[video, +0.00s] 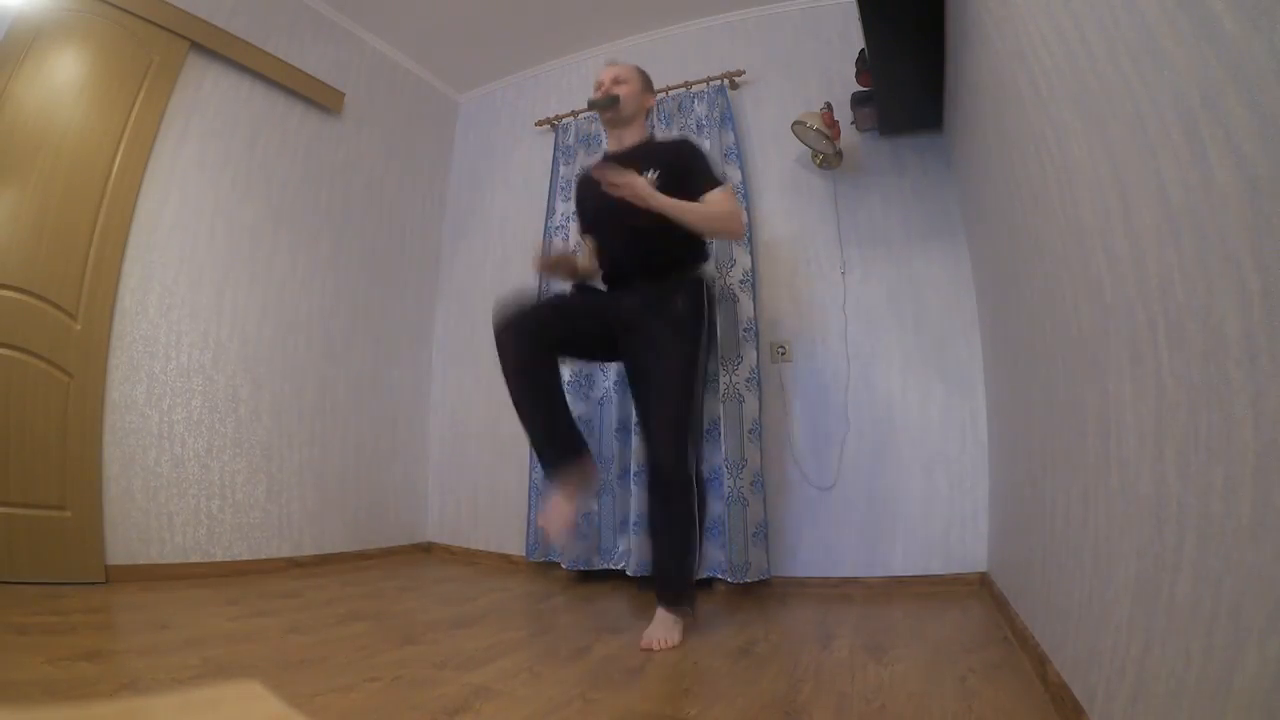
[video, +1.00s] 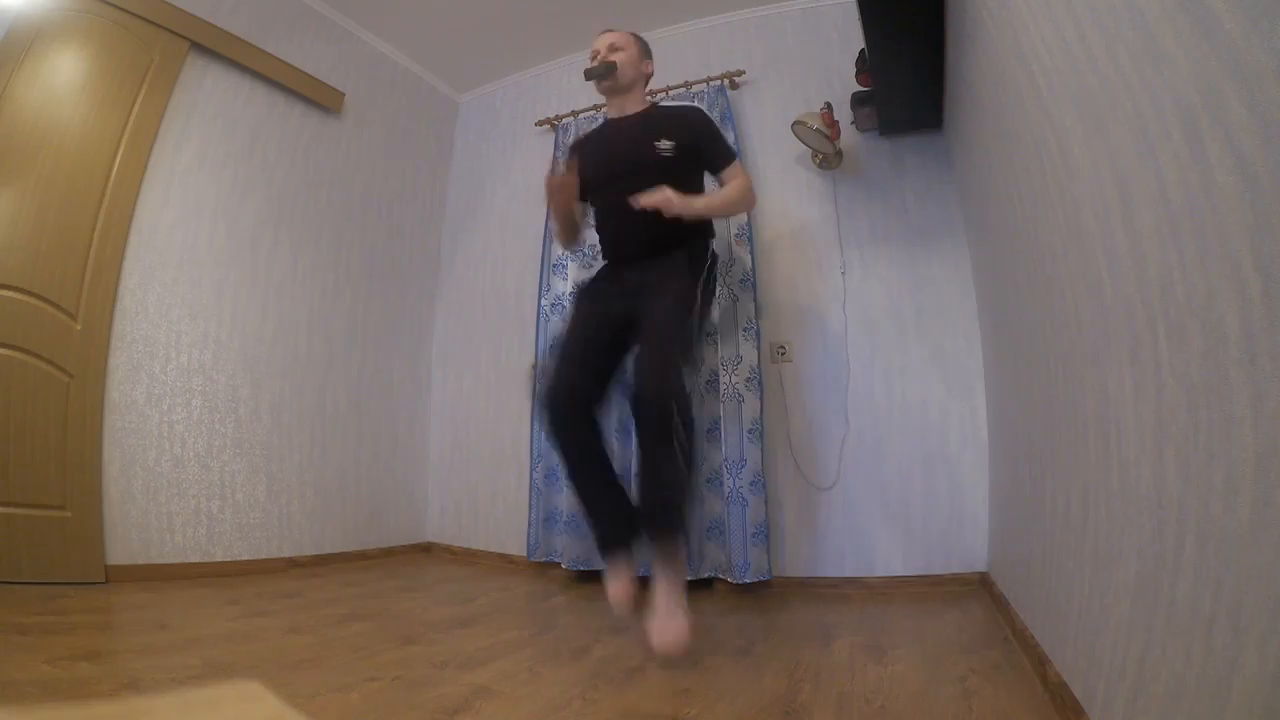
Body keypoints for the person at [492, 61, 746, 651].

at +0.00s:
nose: (607, 85)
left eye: (622, 80)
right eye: (600, 82)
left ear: (650, 101)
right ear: (595, 110)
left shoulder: (677, 155)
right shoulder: (592, 179)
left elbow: (733, 223)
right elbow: (595, 265)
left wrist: (653, 199)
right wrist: (565, 264)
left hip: (672, 310)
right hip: (613, 311)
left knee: (668, 455)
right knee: (519, 327)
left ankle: (673, 603)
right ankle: (570, 467)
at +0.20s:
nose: (613, 70)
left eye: (627, 64)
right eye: (605, 68)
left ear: (653, 86)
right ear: (596, 93)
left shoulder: (684, 143)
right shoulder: (584, 156)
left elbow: (724, 218)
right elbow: (579, 230)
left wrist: (650, 185)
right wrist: (572, 243)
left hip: (668, 283)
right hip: (602, 289)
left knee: (651, 389)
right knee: (564, 421)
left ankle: (660, 547)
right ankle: (607, 561)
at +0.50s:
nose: (604, 65)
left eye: (620, 59)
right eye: (599, 62)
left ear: (649, 84)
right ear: (592, 90)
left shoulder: (680, 137)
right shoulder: (585, 162)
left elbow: (736, 211)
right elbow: (572, 252)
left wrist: (672, 205)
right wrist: (561, 224)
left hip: (673, 289)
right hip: (610, 291)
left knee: (665, 432)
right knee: (536, 378)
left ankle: (669, 583)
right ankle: (591, 515)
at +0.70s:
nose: (610, 67)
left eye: (626, 61)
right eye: (603, 63)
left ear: (653, 84)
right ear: (594, 87)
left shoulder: (682, 139)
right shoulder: (585, 157)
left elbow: (722, 209)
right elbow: (588, 228)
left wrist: (640, 155)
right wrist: (579, 251)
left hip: (672, 291)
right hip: (606, 295)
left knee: (657, 410)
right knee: (553, 402)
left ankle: (669, 574)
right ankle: (608, 547)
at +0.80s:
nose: (616, 79)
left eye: (631, 72)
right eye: (609, 75)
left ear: (659, 92)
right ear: (599, 99)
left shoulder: (693, 163)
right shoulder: (581, 171)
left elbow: (728, 246)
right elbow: (549, 261)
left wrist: (672, 235)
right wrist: (549, 235)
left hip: (674, 299)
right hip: (604, 311)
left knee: (638, 284)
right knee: (620, 456)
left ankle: (664, 472)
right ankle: (650, 596)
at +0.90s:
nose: (609, 75)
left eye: (624, 67)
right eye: (602, 71)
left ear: (654, 87)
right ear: (594, 94)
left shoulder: (689, 155)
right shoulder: (580, 163)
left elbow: (733, 226)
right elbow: (536, 246)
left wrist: (698, 242)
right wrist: (547, 192)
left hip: (681, 297)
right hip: (611, 306)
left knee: (633, 252)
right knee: (622, 446)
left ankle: (645, 443)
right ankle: (652, 592)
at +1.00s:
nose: (600, 53)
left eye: (615, 46)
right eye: (594, 51)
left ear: (647, 69)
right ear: (591, 76)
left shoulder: (684, 122)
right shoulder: (584, 146)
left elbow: (742, 193)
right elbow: (568, 239)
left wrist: (689, 204)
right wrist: (562, 198)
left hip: (676, 275)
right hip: (612, 280)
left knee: (655, 391)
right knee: (565, 397)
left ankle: (668, 561)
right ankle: (616, 540)